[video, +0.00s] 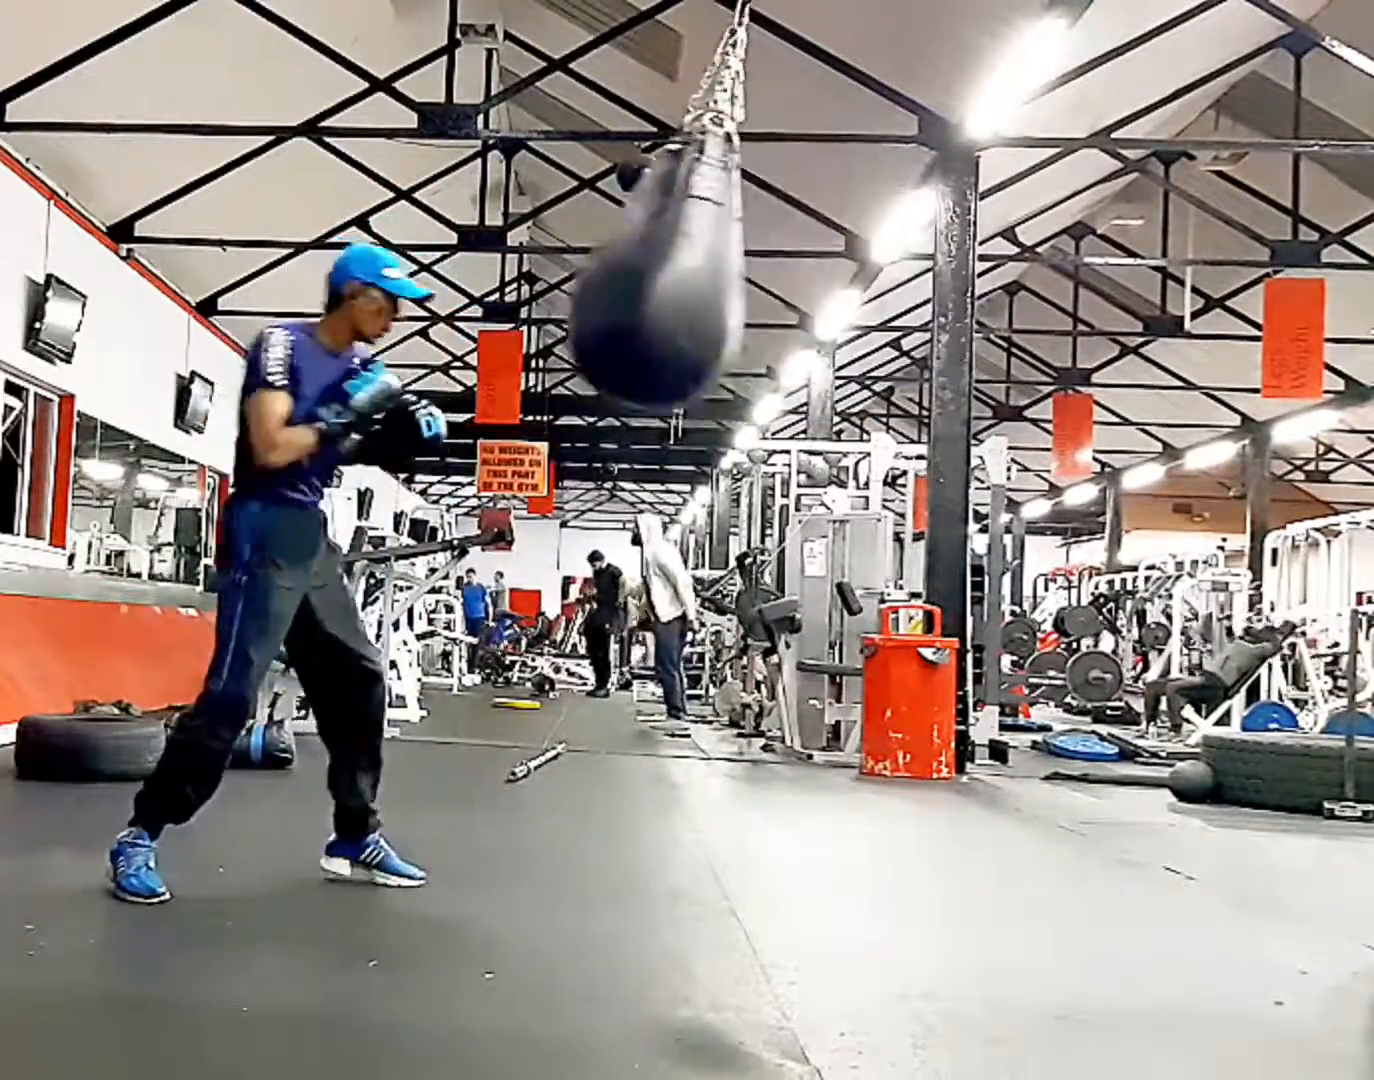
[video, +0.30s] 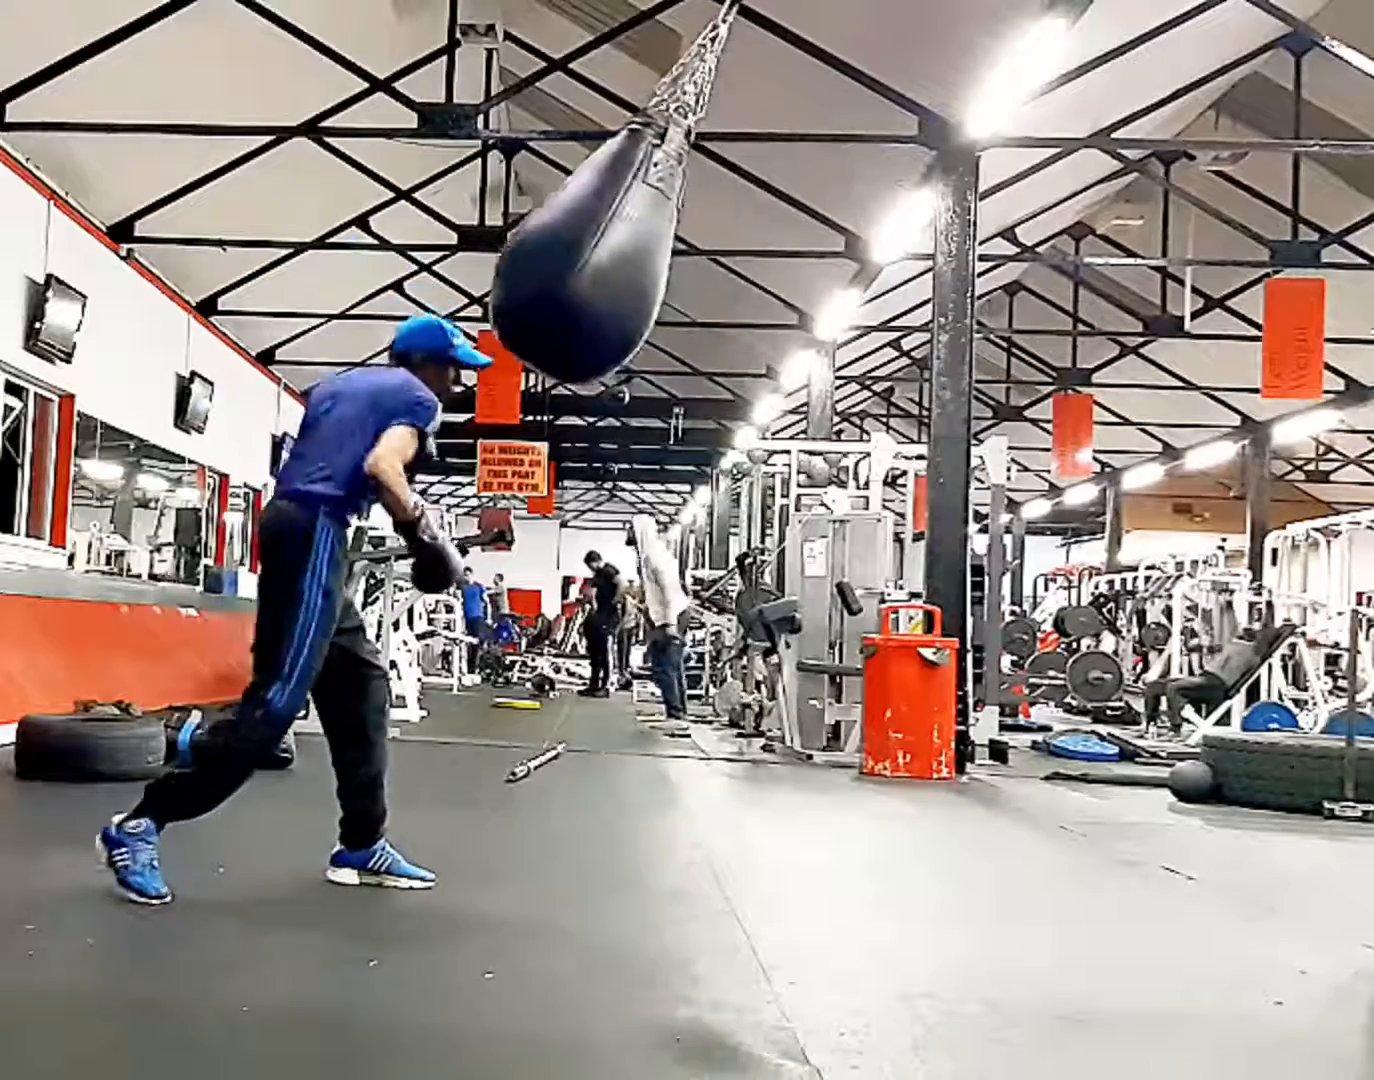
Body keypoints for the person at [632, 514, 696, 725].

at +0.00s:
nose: (632, 534)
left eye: (635, 529)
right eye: (633, 529)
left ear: (646, 531)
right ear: (648, 531)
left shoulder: (662, 552)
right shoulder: (650, 553)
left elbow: (682, 580)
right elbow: (652, 584)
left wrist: (691, 613)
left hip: (671, 616)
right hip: (662, 616)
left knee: (667, 665)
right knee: (669, 665)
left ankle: (676, 711)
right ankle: (676, 708)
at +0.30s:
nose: (627, 535)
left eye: (630, 529)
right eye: (627, 530)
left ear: (640, 531)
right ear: (643, 531)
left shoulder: (656, 554)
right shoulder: (647, 555)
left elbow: (669, 588)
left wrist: (671, 622)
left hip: (671, 616)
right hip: (663, 616)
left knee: (663, 666)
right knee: (673, 666)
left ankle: (676, 712)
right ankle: (678, 710)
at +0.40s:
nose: (633, 530)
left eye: (637, 526)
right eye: (635, 525)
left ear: (647, 528)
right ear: (651, 527)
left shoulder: (658, 551)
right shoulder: (650, 550)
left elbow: (661, 585)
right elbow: (650, 583)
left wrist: (650, 611)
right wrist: (639, 596)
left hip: (668, 612)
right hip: (663, 612)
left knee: (661, 663)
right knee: (668, 662)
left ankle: (675, 711)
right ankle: (677, 708)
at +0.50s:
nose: (641, 528)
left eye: (645, 524)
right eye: (642, 523)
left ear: (654, 526)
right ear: (661, 526)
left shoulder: (658, 549)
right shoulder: (667, 547)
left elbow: (650, 577)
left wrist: (630, 594)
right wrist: (635, 592)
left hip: (661, 609)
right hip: (669, 607)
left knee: (661, 661)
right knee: (668, 659)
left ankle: (675, 709)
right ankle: (677, 707)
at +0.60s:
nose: (650, 526)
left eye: (653, 522)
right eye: (651, 521)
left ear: (662, 523)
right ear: (666, 523)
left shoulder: (667, 544)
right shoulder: (664, 545)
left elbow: (645, 565)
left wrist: (613, 568)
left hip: (659, 605)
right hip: (656, 604)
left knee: (661, 658)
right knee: (662, 658)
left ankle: (675, 708)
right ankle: (675, 706)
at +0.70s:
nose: (652, 528)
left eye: (656, 525)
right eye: (654, 524)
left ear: (665, 526)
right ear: (673, 527)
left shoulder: (665, 544)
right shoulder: (675, 546)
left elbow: (638, 549)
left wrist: (605, 553)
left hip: (655, 602)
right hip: (665, 603)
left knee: (658, 658)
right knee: (666, 658)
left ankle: (675, 708)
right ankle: (676, 707)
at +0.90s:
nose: (655, 528)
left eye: (657, 524)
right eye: (655, 524)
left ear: (664, 525)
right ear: (673, 524)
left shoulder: (668, 544)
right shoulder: (672, 546)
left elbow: (636, 536)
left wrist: (607, 528)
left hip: (657, 607)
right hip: (663, 606)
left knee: (657, 661)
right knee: (665, 660)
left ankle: (675, 710)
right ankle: (676, 708)